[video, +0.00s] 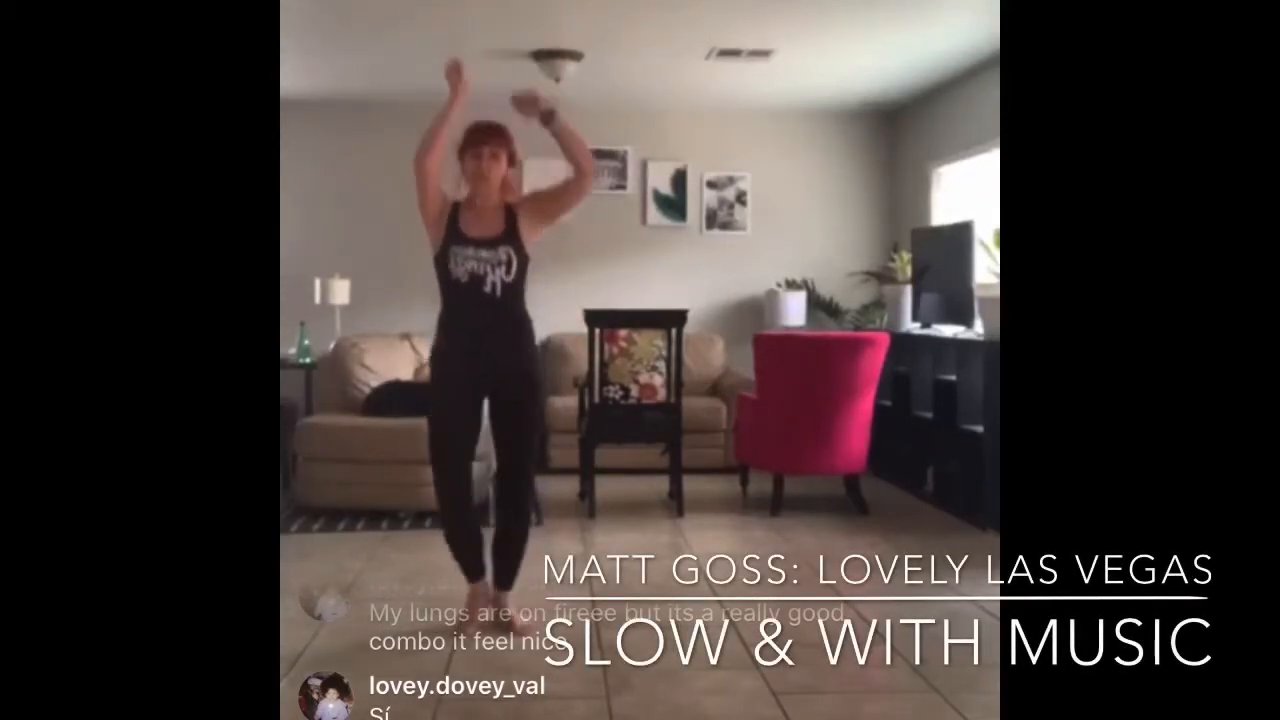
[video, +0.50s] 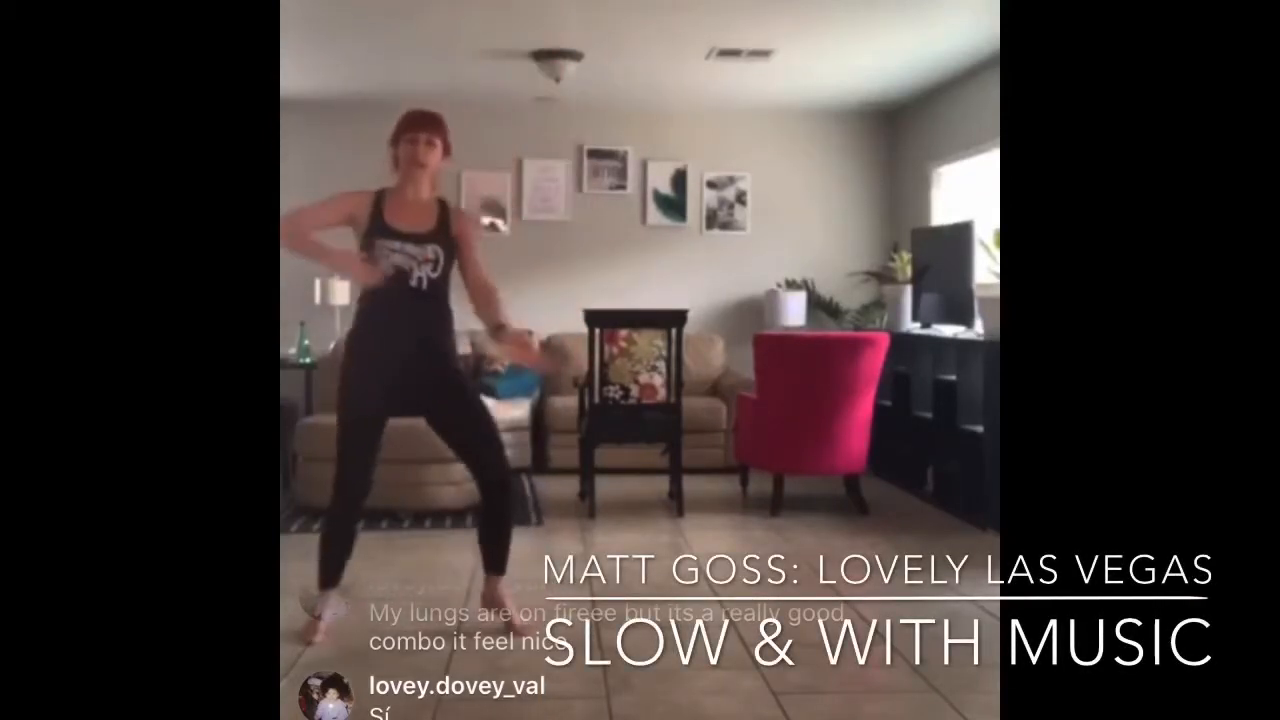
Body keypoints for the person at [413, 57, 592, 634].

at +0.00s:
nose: (491, 160)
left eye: (499, 153)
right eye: (482, 153)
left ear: (512, 166)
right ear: (463, 165)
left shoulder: (526, 217)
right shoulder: (444, 217)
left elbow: (584, 177)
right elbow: (425, 162)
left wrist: (550, 118)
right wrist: (456, 98)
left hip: (513, 362)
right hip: (455, 361)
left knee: (516, 479)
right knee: (450, 479)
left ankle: (503, 593)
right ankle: (477, 586)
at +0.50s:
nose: (419, 150)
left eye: (429, 144)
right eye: (411, 142)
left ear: (444, 156)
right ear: (394, 150)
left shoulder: (457, 222)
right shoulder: (365, 205)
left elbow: (481, 289)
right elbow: (290, 229)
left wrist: (503, 329)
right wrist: (345, 262)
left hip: (434, 365)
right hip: (369, 364)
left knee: (497, 474)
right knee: (351, 486)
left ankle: (495, 589)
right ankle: (327, 601)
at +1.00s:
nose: (375, 144)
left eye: (384, 138)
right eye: (366, 136)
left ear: (398, 151)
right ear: (346, 146)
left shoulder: (410, 209)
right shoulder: (321, 205)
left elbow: (424, 246)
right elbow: (280, 218)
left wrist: (351, 245)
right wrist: (314, 232)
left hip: (383, 359)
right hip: (320, 356)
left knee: (472, 455)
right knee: (323, 473)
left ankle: (492, 579)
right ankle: (321, 594)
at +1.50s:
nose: (380, 145)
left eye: (388, 140)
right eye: (370, 134)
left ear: (393, 153)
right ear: (343, 138)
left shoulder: (394, 204)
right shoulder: (305, 201)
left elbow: (446, 224)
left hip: (380, 350)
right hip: (319, 351)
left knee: (439, 463)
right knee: (325, 474)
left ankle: (482, 581)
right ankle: (323, 592)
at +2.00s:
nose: (441, 138)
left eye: (444, 131)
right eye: (433, 127)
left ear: (431, 137)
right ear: (403, 128)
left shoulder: (426, 192)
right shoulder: (384, 190)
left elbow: (449, 240)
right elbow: (441, 240)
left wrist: (480, 237)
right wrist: (482, 229)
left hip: (440, 338)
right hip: (404, 338)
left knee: (449, 461)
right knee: (412, 463)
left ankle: (427, 588)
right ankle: (366, 595)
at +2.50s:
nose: (421, 139)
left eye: (423, 130)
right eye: (420, 130)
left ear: (439, 130)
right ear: (466, 129)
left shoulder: (435, 183)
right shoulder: (481, 184)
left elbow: (396, 256)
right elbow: (441, 251)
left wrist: (360, 268)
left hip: (443, 333)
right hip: (478, 330)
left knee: (440, 454)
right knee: (456, 451)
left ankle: (459, 583)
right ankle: (464, 575)